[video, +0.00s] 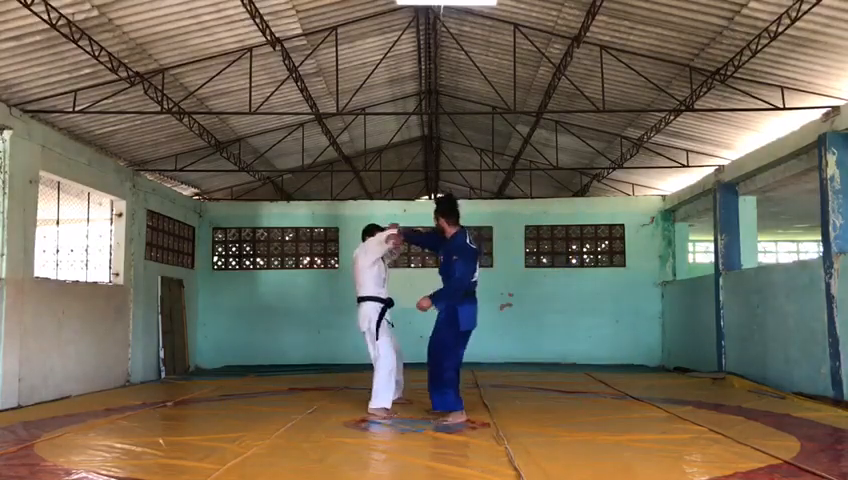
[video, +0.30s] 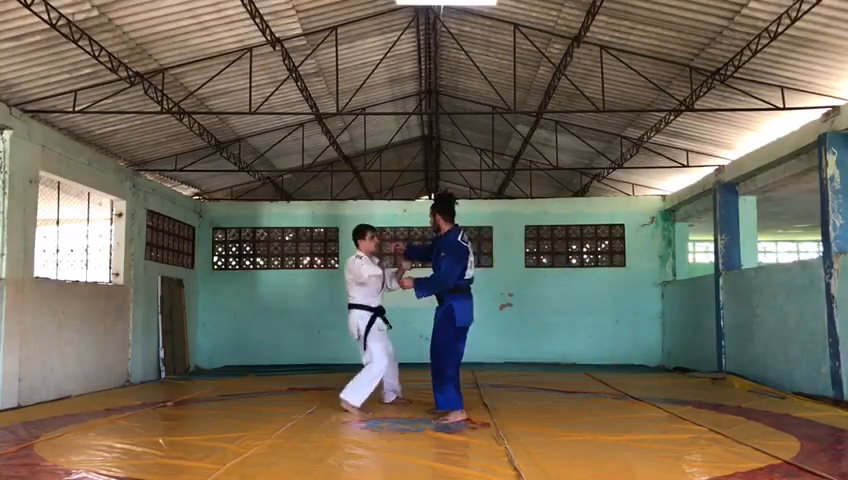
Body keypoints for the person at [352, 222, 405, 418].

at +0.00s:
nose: (384, 241)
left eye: (383, 237)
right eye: (382, 237)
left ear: (367, 236)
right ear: (373, 236)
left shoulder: (374, 256)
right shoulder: (365, 249)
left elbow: (391, 255)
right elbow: (390, 234)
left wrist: (396, 244)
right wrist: (396, 231)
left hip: (378, 309)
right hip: (371, 309)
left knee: (394, 353)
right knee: (386, 356)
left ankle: (394, 393)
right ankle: (378, 405)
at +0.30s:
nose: (376, 241)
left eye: (376, 238)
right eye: (372, 238)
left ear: (373, 241)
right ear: (360, 241)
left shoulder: (372, 265)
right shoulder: (355, 262)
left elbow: (389, 283)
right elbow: (371, 278)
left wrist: (401, 269)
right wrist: (393, 272)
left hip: (374, 315)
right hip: (361, 315)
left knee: (389, 354)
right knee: (380, 359)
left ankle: (391, 393)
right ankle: (350, 398)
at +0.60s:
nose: (364, 220)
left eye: (364, 216)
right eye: (360, 216)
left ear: (361, 218)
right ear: (348, 219)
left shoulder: (364, 240)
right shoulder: (338, 242)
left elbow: (374, 266)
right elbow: (338, 272)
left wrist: (389, 274)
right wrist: (365, 266)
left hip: (359, 297)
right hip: (346, 298)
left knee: (351, 347)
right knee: (355, 348)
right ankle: (343, 396)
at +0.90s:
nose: (352, 228)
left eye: (352, 223)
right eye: (348, 223)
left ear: (343, 226)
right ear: (335, 225)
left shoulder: (347, 250)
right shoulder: (326, 249)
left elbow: (342, 279)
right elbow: (327, 281)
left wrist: (354, 291)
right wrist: (353, 291)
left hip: (338, 303)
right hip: (330, 304)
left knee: (321, 351)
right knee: (342, 356)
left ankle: (294, 395)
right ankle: (334, 405)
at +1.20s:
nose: (341, 232)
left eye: (341, 227)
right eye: (338, 227)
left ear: (327, 230)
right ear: (326, 229)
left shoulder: (324, 249)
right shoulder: (319, 248)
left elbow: (317, 281)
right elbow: (316, 280)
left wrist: (337, 290)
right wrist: (334, 301)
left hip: (303, 303)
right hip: (311, 305)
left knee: (297, 355)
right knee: (325, 355)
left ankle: (287, 402)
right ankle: (329, 404)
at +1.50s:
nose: (340, 235)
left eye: (341, 230)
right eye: (337, 230)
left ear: (325, 231)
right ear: (326, 230)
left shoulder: (317, 249)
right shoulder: (317, 248)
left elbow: (316, 282)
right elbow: (320, 278)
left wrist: (334, 295)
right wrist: (335, 294)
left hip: (302, 303)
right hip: (312, 304)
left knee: (299, 355)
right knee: (336, 348)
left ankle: (286, 404)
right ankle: (330, 397)